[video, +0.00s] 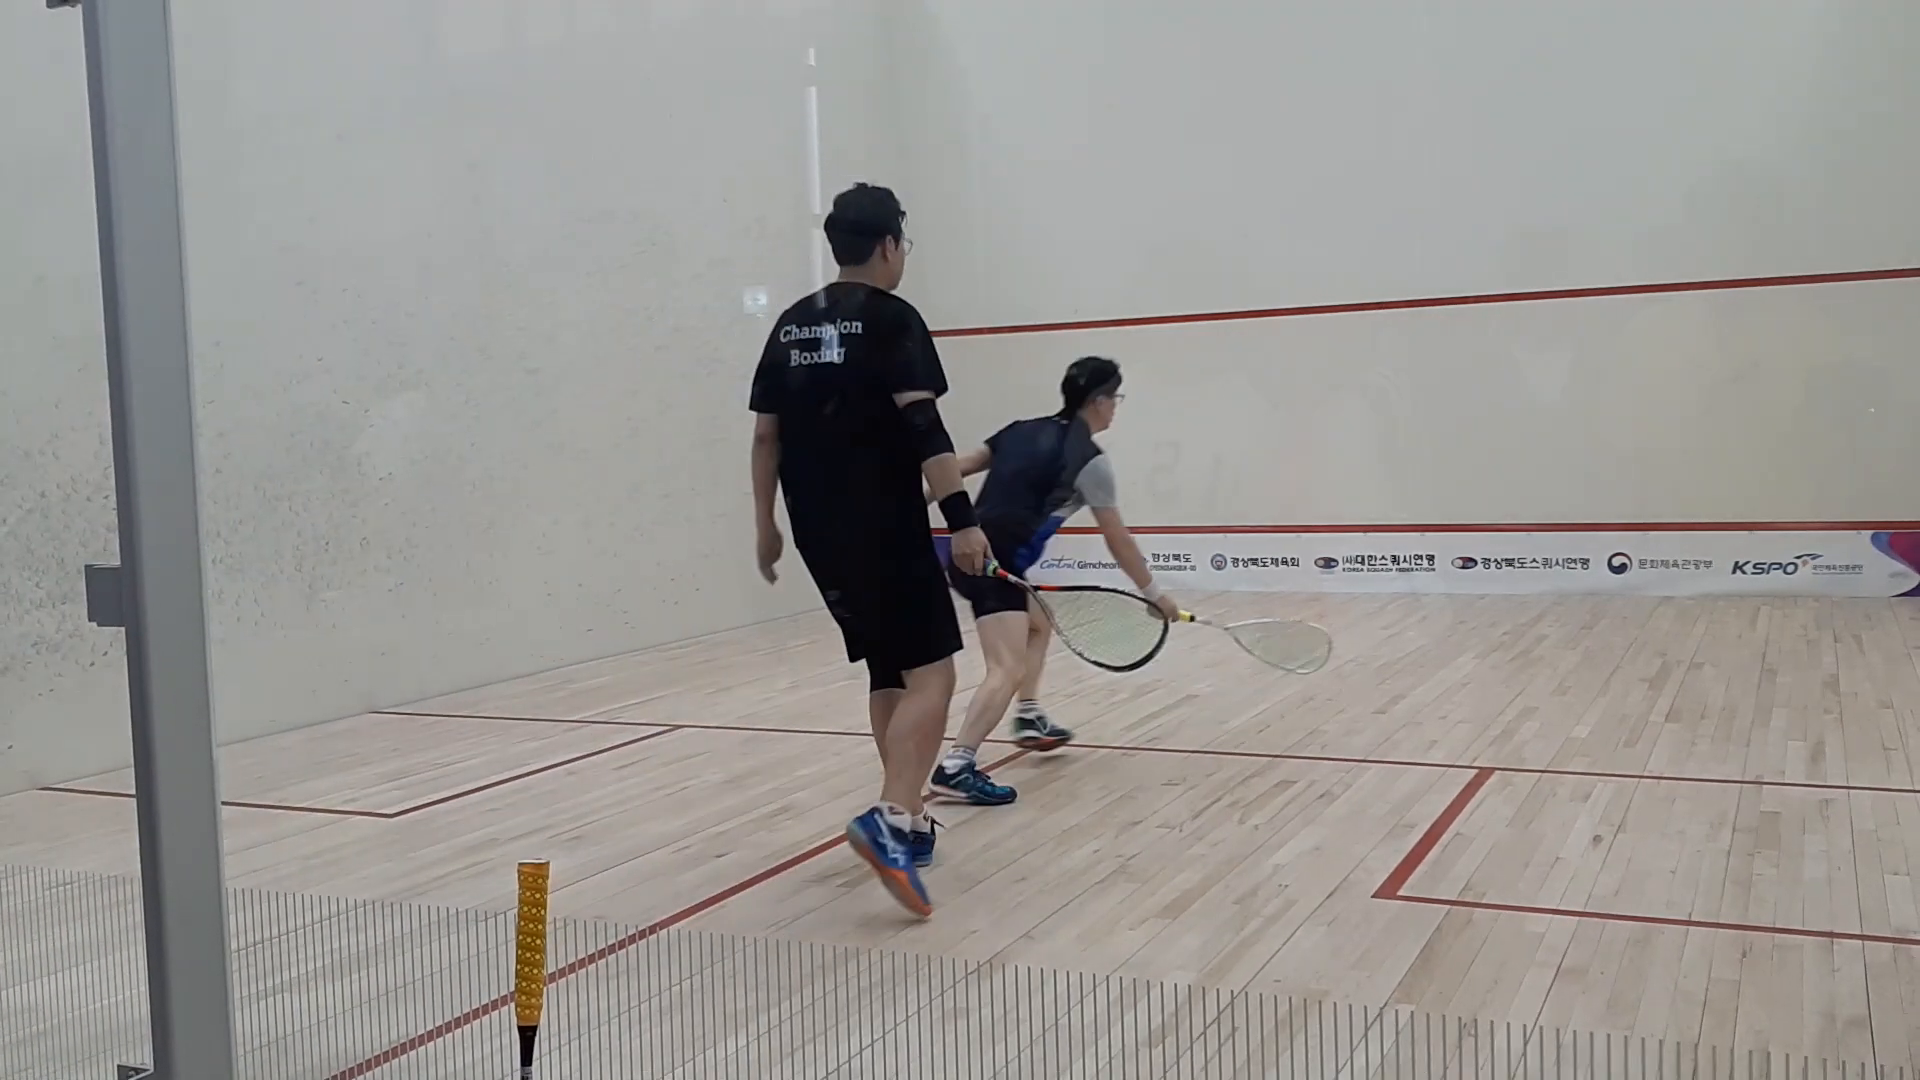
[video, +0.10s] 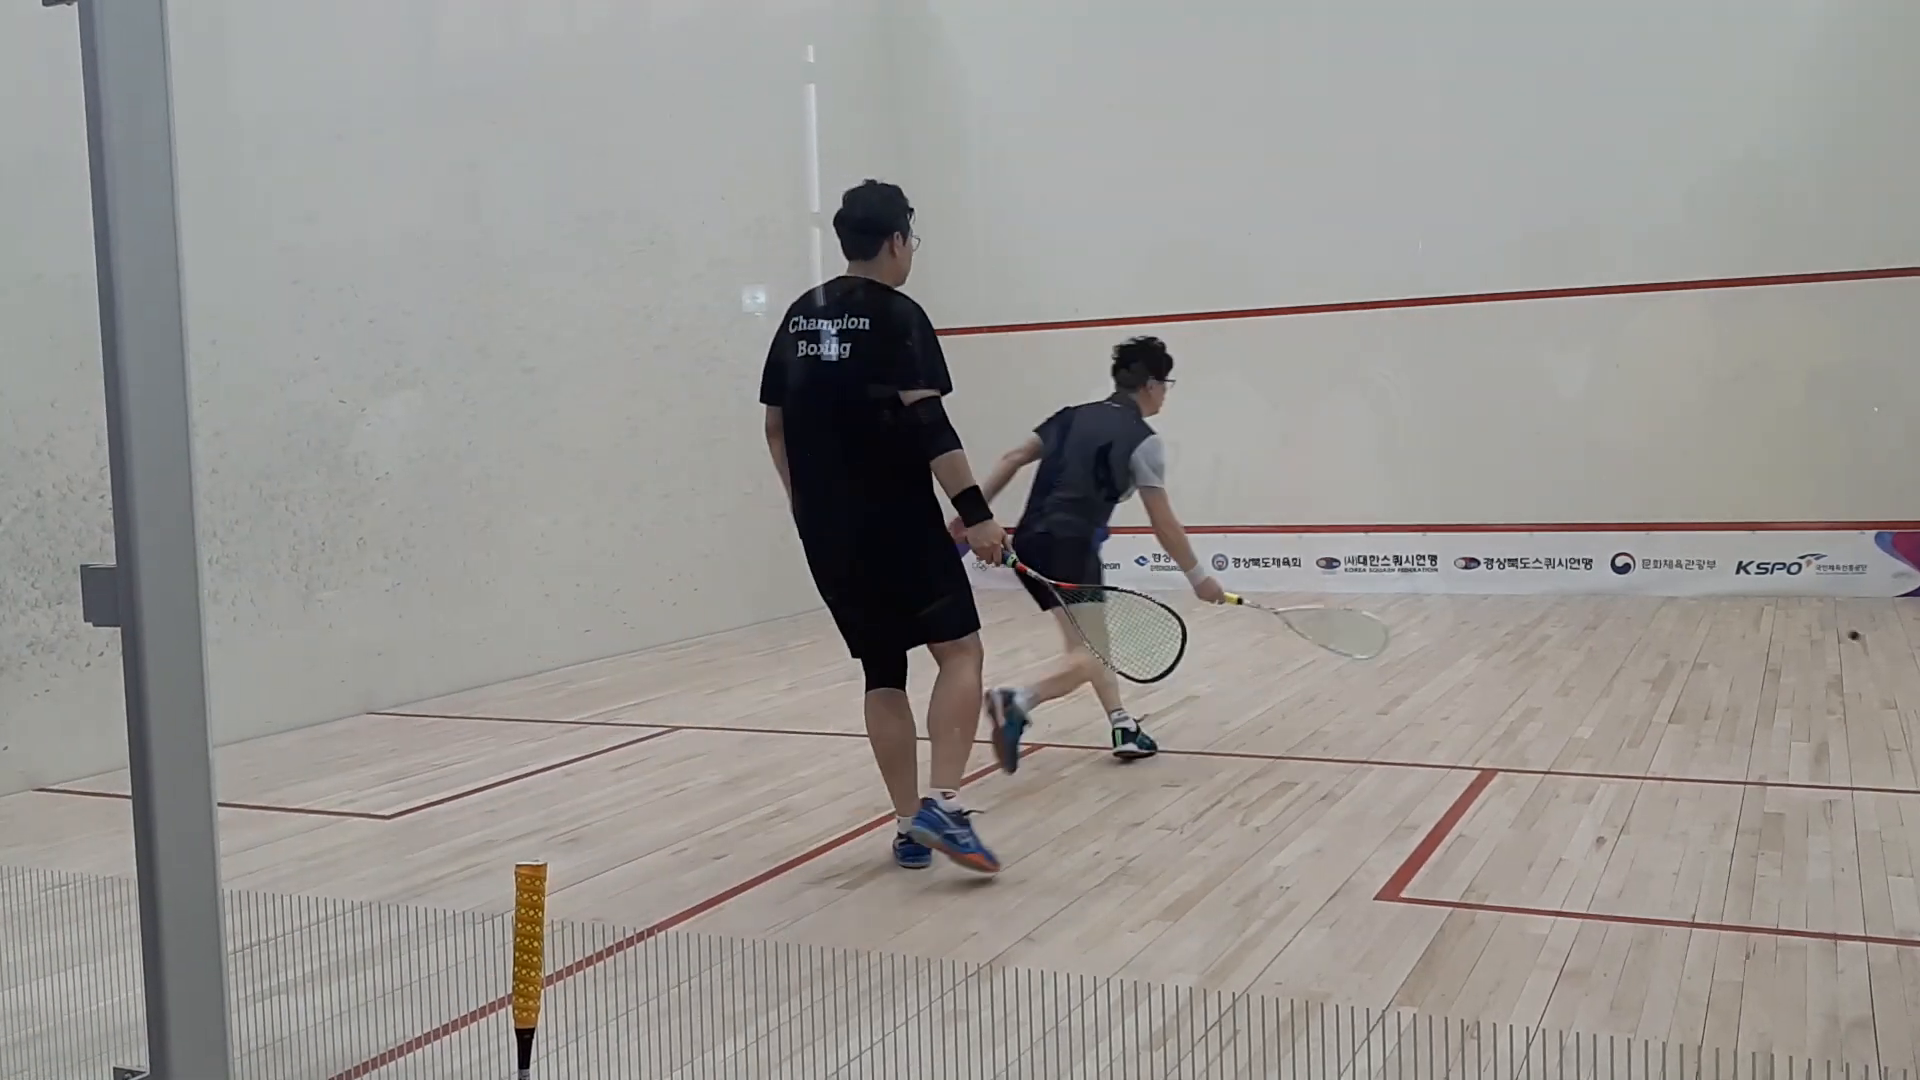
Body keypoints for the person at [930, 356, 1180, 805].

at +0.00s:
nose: (1115, 408)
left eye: (1116, 398)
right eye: (1113, 398)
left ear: (1071, 397)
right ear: (1094, 401)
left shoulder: (1022, 431)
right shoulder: (1090, 460)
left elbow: (958, 467)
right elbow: (1117, 539)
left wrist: (908, 491)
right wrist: (1153, 592)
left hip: (968, 551)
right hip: (997, 562)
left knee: (1039, 623)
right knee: (1008, 669)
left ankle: (1027, 714)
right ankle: (956, 765)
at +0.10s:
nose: (1165, 393)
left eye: (1166, 384)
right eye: (1164, 384)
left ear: (1121, 379)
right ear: (1149, 385)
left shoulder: (1071, 416)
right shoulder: (1141, 439)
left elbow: (1013, 458)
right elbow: (1162, 522)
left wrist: (970, 512)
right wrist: (1199, 576)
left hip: (1029, 544)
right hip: (1072, 550)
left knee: (1085, 639)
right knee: (1088, 658)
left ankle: (1123, 727)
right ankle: (1018, 702)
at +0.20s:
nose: (1215, 398)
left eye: (1216, 390)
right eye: (1215, 389)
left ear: (1170, 385)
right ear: (1201, 390)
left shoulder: (1121, 419)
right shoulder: (1191, 441)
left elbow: (1064, 467)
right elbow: (1205, 524)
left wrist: (1044, 530)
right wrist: (1238, 579)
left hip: (1081, 548)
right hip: (1130, 550)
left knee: (1132, 641)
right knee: (1187, 625)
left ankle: (1128, 722)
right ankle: (1140, 674)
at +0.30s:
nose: (1265, 400)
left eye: (1266, 393)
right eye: (1263, 392)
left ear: (1221, 387)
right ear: (1247, 391)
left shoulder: (1168, 415)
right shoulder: (1241, 441)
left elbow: (1109, 460)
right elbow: (1250, 525)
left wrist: (1105, 522)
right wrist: (1283, 582)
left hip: (1136, 543)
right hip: (1189, 542)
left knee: (1148, 642)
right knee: (1250, 592)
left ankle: (1135, 698)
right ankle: (1270, 686)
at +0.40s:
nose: (1308, 412)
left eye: (1310, 404)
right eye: (1307, 404)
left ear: (1265, 397)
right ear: (1292, 402)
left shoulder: (1212, 425)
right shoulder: (1291, 456)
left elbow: (1152, 462)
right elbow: (1310, 532)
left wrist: (1136, 520)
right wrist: (1342, 589)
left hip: (1189, 556)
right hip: (1245, 561)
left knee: (1177, 647)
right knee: (1300, 617)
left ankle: (1171, 690)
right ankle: (1329, 685)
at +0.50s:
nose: (1342, 437)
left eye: (1343, 429)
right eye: (1343, 428)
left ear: (1302, 419)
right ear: (1332, 427)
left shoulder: (1250, 446)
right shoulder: (1329, 475)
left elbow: (1194, 481)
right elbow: (1357, 545)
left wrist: (1166, 533)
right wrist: (1387, 583)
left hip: (1229, 571)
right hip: (1282, 573)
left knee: (1226, 662)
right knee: (1334, 594)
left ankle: (1212, 685)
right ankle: (1343, 683)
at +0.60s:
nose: (1358, 438)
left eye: (1359, 430)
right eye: (1359, 430)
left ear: (1318, 422)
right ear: (1352, 431)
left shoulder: (1270, 448)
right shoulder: (1349, 477)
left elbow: (1215, 483)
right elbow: (1382, 540)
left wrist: (1199, 538)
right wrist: (1405, 573)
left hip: (1248, 567)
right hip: (1300, 570)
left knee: (1260, 647)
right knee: (1349, 588)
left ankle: (1242, 669)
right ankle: (1343, 681)